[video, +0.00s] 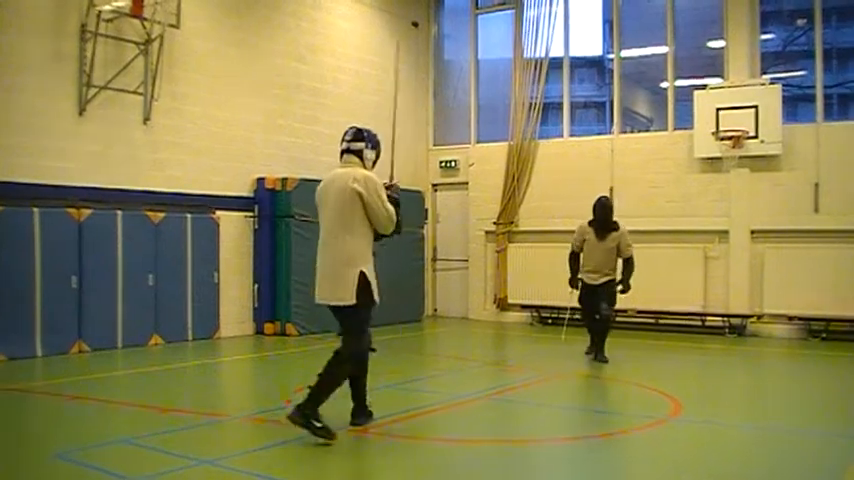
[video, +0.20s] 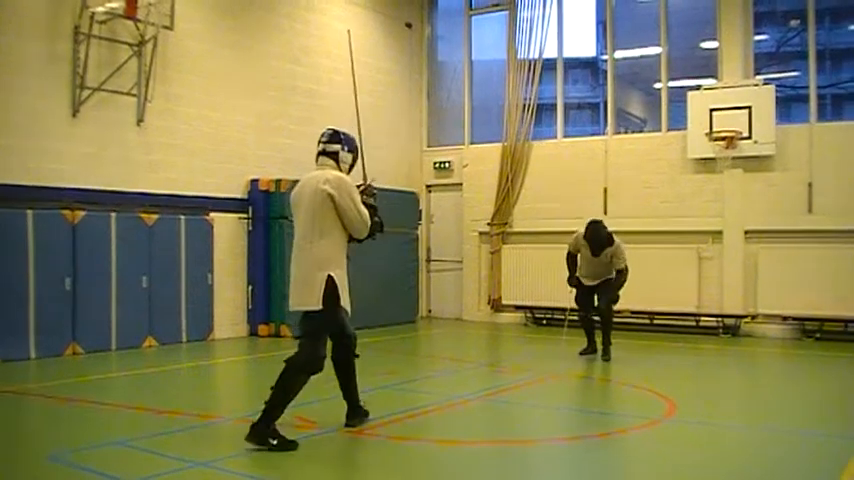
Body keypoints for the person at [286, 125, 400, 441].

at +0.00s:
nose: (376, 159)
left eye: (376, 154)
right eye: (376, 154)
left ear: (345, 151)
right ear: (369, 153)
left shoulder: (326, 183)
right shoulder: (366, 180)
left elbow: (335, 224)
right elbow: (387, 225)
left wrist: (374, 200)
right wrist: (390, 197)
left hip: (328, 280)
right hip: (355, 280)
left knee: (358, 344)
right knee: (355, 345)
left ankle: (360, 408)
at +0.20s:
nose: (353, 163)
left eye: (353, 157)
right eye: (353, 157)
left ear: (321, 153)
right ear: (346, 155)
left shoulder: (301, 186)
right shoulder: (339, 182)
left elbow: (321, 227)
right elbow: (362, 228)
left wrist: (356, 197)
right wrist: (366, 201)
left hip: (304, 285)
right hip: (325, 286)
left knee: (345, 340)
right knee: (311, 356)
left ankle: (355, 409)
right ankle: (263, 426)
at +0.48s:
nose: (313, 154)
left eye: (314, 148)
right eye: (312, 148)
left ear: (279, 144)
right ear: (303, 146)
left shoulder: (262, 177)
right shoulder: (296, 174)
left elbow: (280, 220)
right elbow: (322, 223)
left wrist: (318, 190)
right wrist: (327, 193)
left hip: (267, 281)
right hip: (290, 282)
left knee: (308, 345)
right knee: (285, 355)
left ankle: (325, 412)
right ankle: (249, 433)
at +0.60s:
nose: (296, 153)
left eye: (297, 147)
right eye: (295, 147)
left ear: (262, 143)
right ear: (286, 145)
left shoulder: (242, 178)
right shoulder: (282, 173)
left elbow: (258, 221)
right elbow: (307, 221)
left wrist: (301, 189)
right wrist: (310, 189)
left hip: (251, 280)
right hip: (276, 281)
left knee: (298, 345)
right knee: (273, 355)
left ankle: (296, 418)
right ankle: (239, 436)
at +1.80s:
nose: (336, 162)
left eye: (336, 157)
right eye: (335, 157)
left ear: (306, 154)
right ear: (328, 156)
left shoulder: (289, 185)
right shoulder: (322, 181)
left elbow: (306, 222)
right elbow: (345, 225)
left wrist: (338, 194)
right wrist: (349, 199)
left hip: (293, 278)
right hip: (315, 278)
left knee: (326, 344)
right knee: (325, 347)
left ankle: (325, 408)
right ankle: (280, 415)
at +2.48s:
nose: (352, 185)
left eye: (353, 180)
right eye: (351, 179)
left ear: (323, 173)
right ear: (342, 175)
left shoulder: (306, 201)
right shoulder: (333, 200)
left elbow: (326, 243)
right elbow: (353, 246)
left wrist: (354, 219)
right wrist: (362, 223)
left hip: (315, 291)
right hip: (333, 291)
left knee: (356, 338)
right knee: (339, 362)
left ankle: (371, 391)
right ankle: (286, 417)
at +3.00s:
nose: (394, 181)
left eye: (393, 177)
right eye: (394, 176)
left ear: (365, 173)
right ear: (388, 174)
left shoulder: (349, 201)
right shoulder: (384, 196)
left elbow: (366, 237)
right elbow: (404, 235)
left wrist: (398, 212)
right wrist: (408, 215)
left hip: (355, 279)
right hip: (375, 279)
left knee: (386, 335)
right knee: (377, 344)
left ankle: (380, 395)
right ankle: (322, 396)